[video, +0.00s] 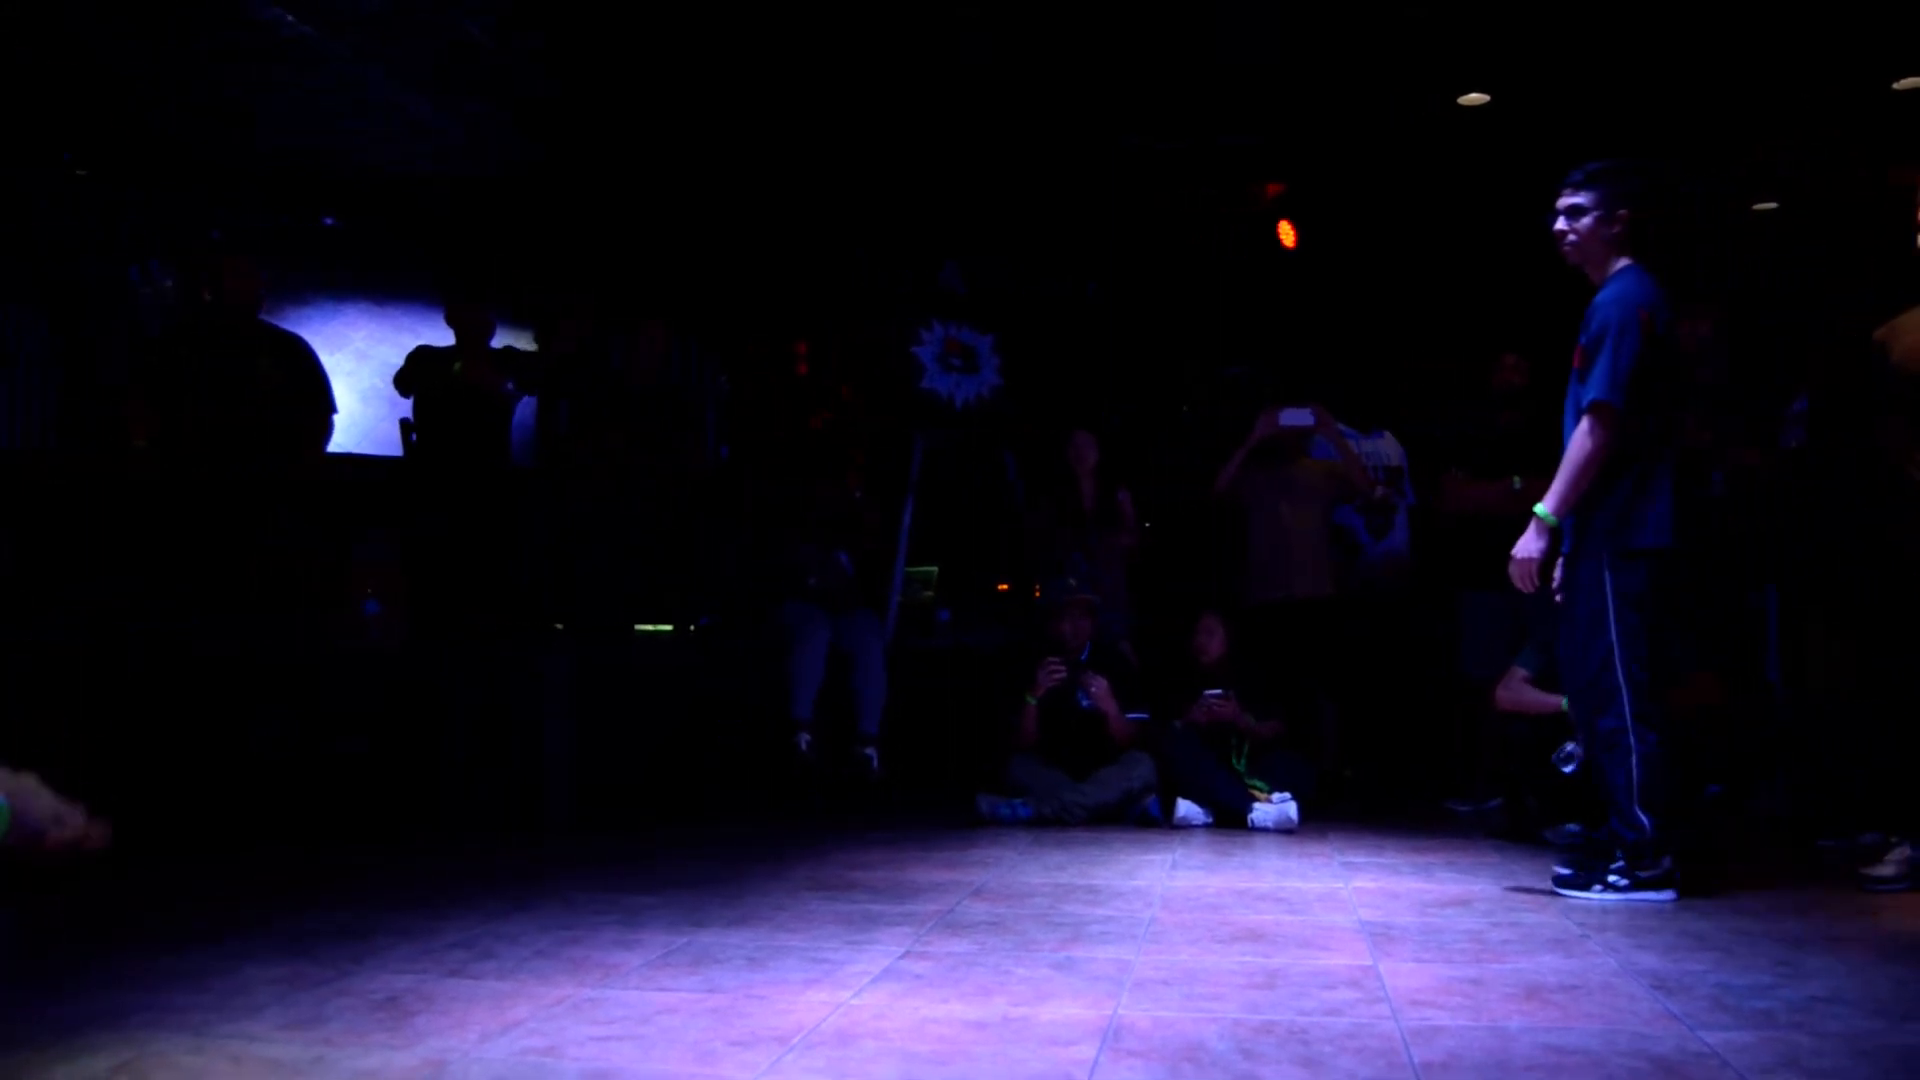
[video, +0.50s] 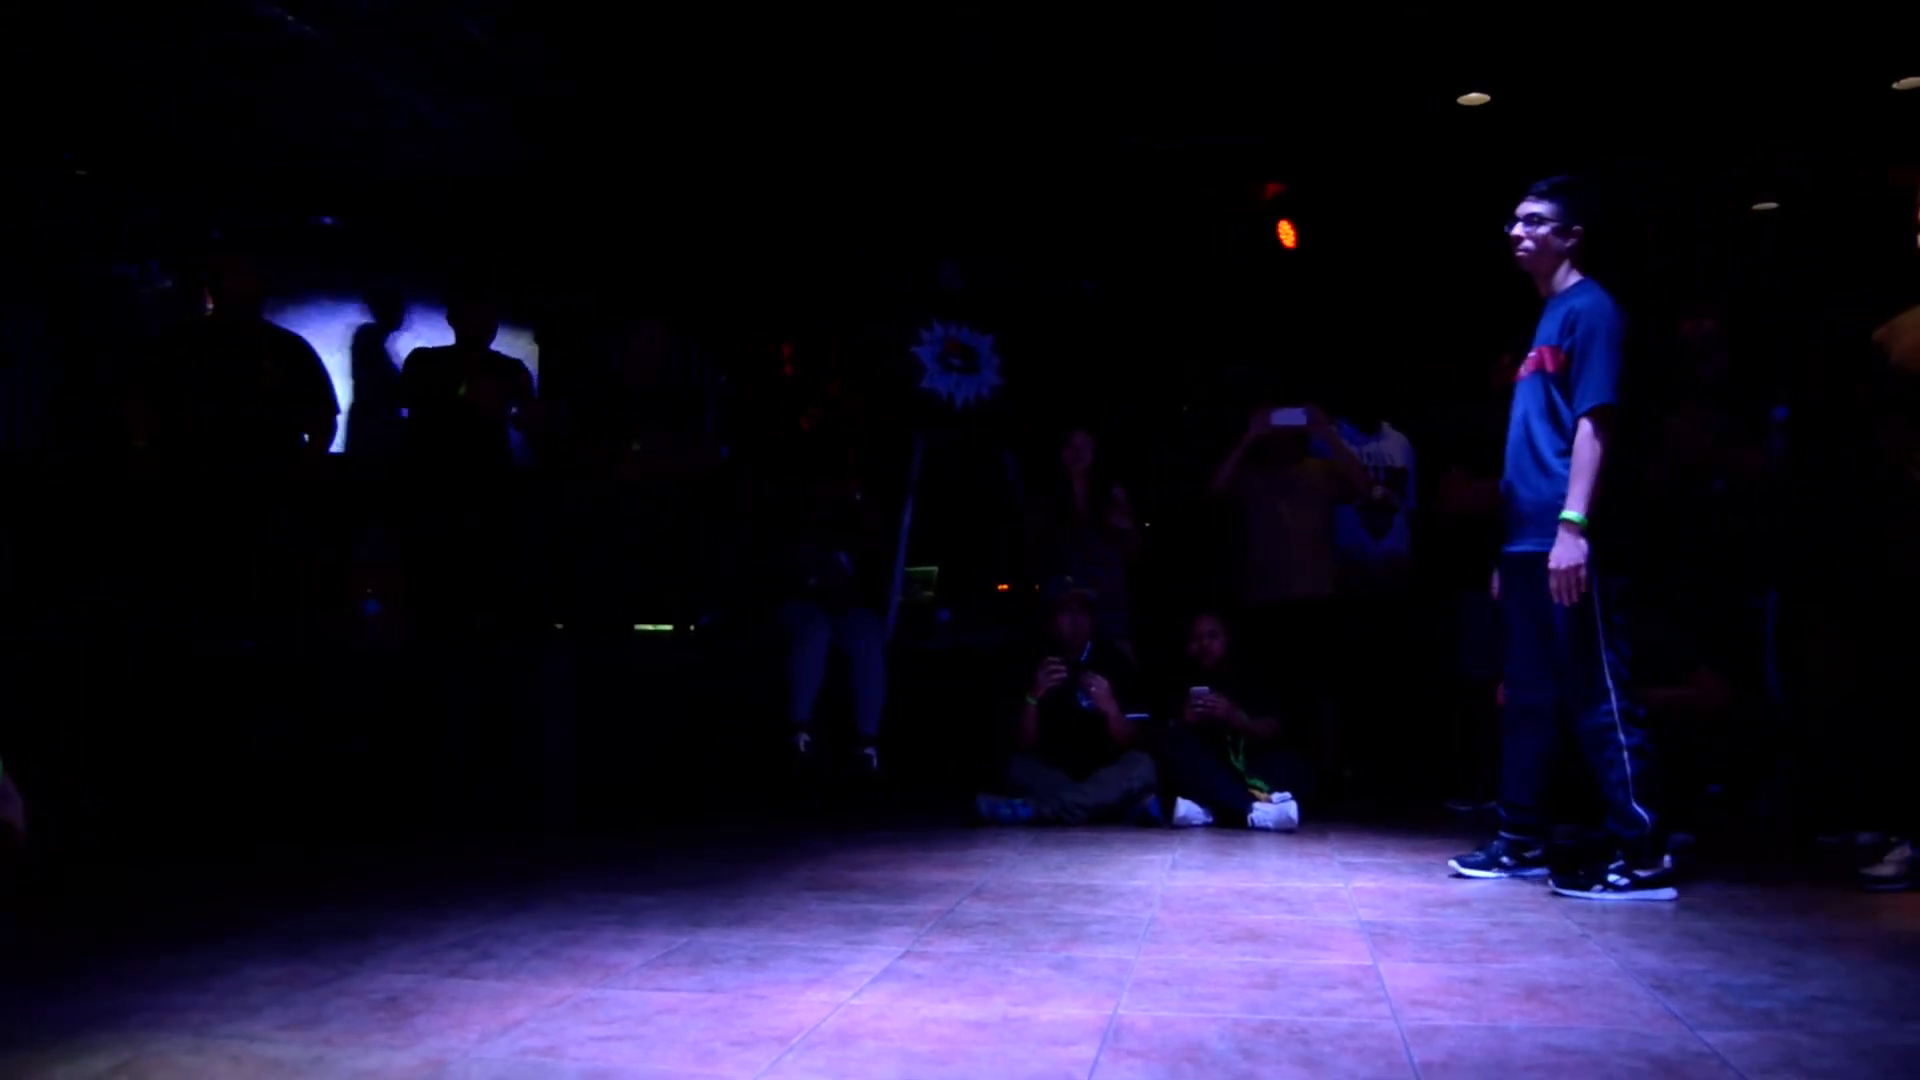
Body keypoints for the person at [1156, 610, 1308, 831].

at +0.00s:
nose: (1203, 642)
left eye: (1211, 634)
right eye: (1199, 634)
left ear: (1227, 638)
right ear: (1191, 639)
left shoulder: (1245, 676)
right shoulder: (1185, 678)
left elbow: (1273, 729)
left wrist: (1237, 717)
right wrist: (1193, 718)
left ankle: (1211, 811)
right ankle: (1251, 809)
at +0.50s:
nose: (1204, 645)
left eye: (1212, 637)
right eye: (1197, 638)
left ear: (1226, 640)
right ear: (1189, 645)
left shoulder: (1246, 677)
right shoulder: (1184, 679)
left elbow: (1270, 729)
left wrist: (1230, 714)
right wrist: (1186, 718)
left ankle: (1211, 810)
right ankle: (1251, 809)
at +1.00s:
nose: (1201, 644)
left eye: (1208, 635)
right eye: (1194, 637)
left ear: (1223, 638)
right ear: (1187, 645)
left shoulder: (1245, 676)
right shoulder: (1183, 679)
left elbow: (1268, 729)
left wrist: (1228, 715)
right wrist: (1186, 718)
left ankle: (1211, 810)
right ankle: (1251, 809)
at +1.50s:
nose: (1201, 643)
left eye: (1208, 634)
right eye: (1194, 636)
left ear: (1223, 636)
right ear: (1186, 643)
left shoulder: (1245, 675)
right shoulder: (1183, 678)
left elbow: (1269, 729)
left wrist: (1228, 714)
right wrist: (1186, 717)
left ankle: (1211, 810)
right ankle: (1251, 809)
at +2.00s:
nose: (1203, 644)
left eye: (1211, 636)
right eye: (1196, 637)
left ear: (1226, 638)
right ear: (1189, 642)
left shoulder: (1246, 675)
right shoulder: (1184, 676)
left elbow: (1265, 728)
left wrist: (1224, 707)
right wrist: (1181, 712)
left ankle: (1211, 810)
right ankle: (1251, 810)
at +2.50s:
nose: (1203, 644)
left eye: (1211, 636)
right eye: (1196, 637)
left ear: (1226, 638)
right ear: (1188, 642)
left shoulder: (1245, 675)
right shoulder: (1182, 676)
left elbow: (1265, 727)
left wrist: (1224, 706)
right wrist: (1181, 711)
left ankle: (1211, 811)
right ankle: (1251, 810)